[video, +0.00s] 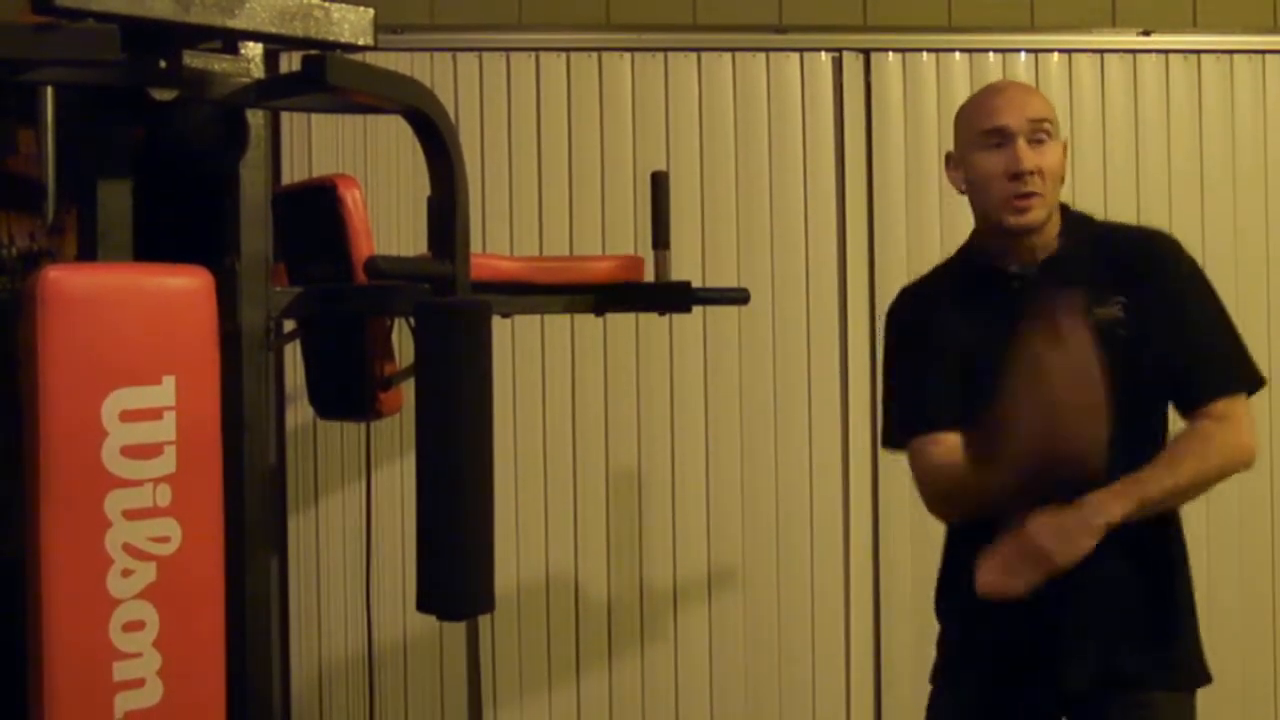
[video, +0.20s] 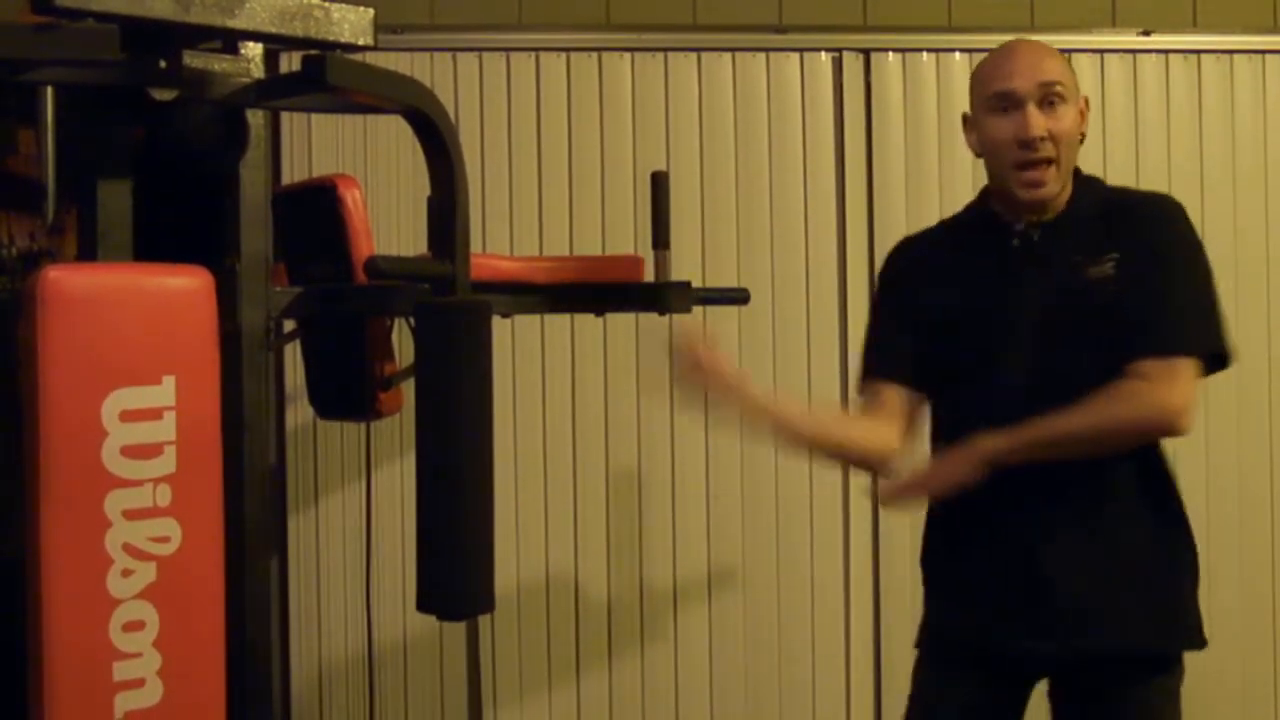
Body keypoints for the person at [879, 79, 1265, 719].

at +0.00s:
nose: (1023, 160)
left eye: (1040, 137)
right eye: (995, 142)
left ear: (1062, 156)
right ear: (957, 172)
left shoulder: (1147, 265)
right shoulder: (923, 310)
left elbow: (1231, 434)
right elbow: (943, 492)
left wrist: (1097, 512)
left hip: (1134, 646)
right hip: (992, 657)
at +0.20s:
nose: (1032, 128)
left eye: (1050, 102)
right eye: (1005, 108)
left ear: (1081, 116)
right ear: (971, 132)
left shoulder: (1148, 228)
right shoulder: (921, 262)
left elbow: (1167, 399)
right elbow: (881, 437)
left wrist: (986, 449)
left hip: (1121, 601)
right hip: (976, 604)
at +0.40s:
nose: (995, 129)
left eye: (1016, 102)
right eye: (970, 107)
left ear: (1052, 123)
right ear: (941, 134)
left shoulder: (1113, 231)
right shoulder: (898, 250)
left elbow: (1083, 375)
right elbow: (803, 351)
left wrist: (889, 374)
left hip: (1075, 619)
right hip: (924, 621)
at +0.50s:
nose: (963, 128)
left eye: (985, 99)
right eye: (938, 108)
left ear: (1025, 118)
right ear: (913, 131)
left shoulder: (1090, 229)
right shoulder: (880, 246)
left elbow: (1066, 359)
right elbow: (789, 320)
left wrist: (873, 348)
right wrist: (870, 153)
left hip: (1049, 615)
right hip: (901, 616)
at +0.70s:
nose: (959, 115)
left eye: (980, 90)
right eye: (933, 96)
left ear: (1016, 110)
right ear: (907, 125)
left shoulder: (1086, 230)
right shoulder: (866, 249)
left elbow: (1064, 378)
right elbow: (797, 375)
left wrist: (858, 381)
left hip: (1044, 620)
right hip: (890, 621)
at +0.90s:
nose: (1025, 126)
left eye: (1045, 104)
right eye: (997, 107)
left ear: (1074, 132)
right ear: (961, 143)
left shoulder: (1144, 268)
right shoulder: (906, 272)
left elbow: (1156, 481)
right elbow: (750, 376)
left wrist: (1088, 663)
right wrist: (901, 382)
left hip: (1100, 661)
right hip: (944, 654)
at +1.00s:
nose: (1037, 144)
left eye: (1056, 121)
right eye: (1009, 124)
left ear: (1087, 145)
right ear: (973, 157)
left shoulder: (1162, 278)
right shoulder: (933, 289)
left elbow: (1229, 487)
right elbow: (772, 395)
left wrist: (1262, 672)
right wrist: (905, 277)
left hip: (1128, 667)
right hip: (968, 670)